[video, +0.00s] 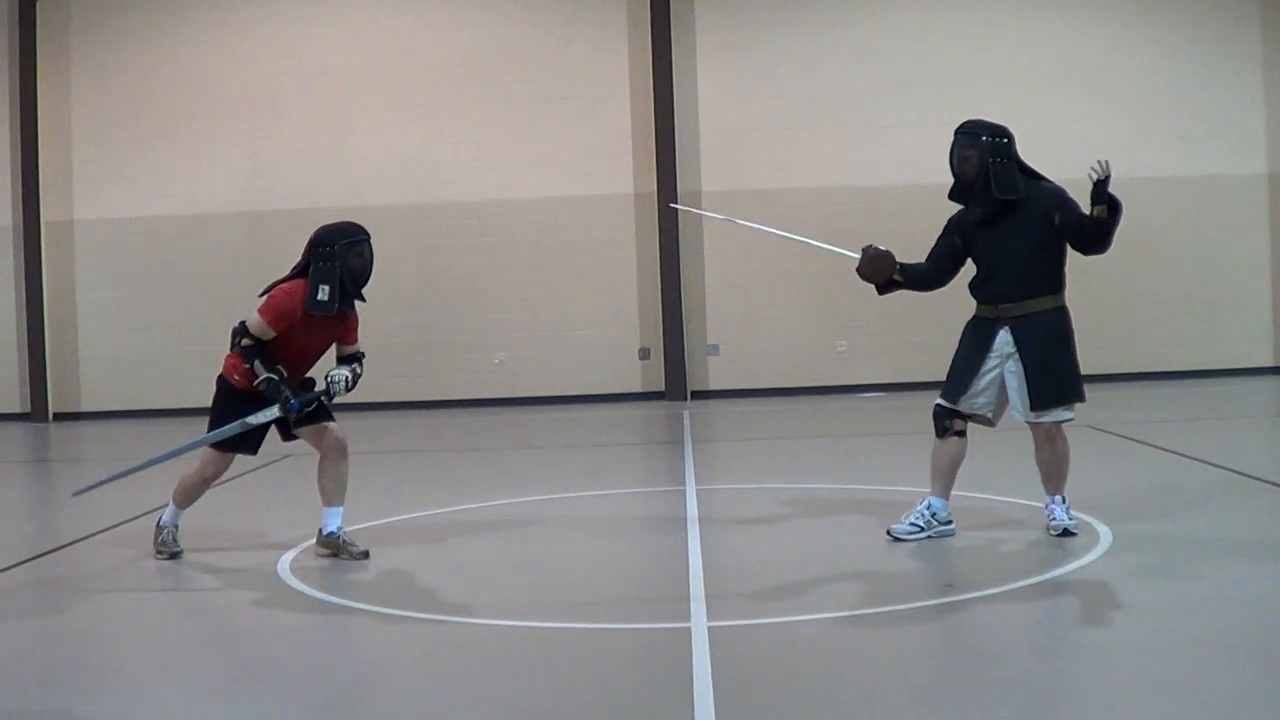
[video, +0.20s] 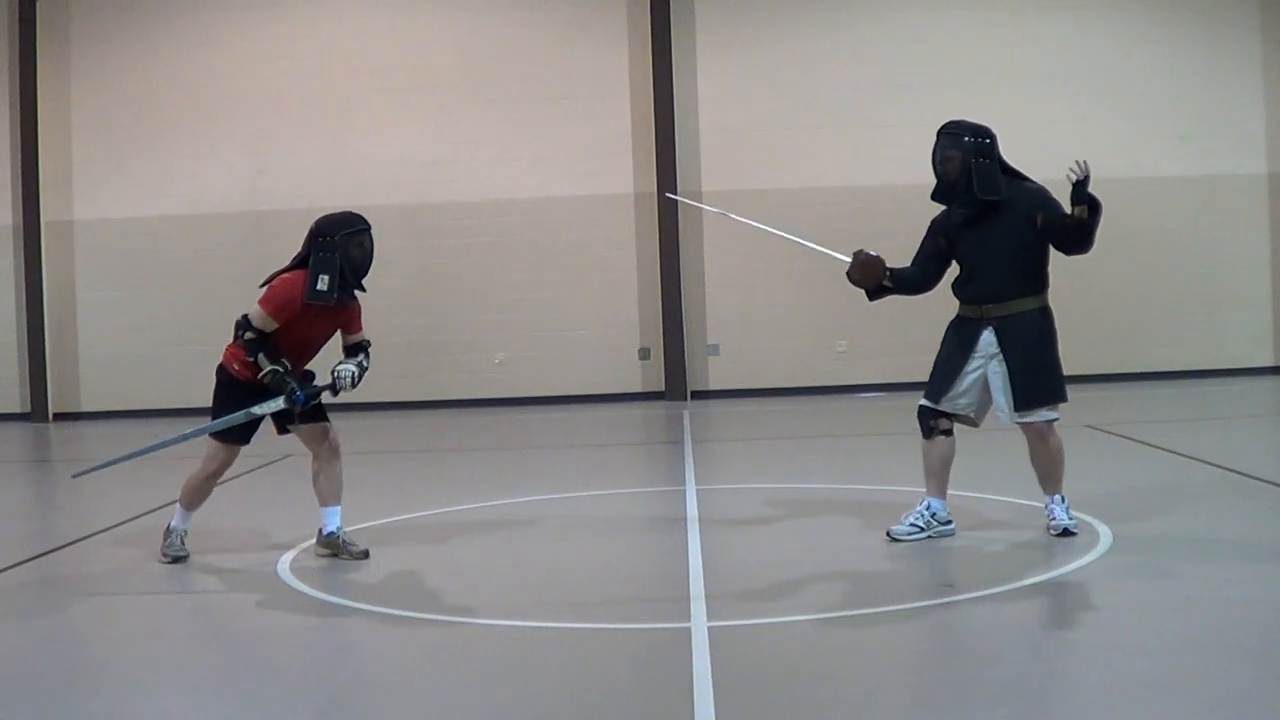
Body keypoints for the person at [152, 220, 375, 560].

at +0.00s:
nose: (364, 264)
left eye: (366, 256)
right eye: (357, 256)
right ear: (331, 258)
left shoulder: (345, 308)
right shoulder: (290, 296)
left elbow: (351, 357)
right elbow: (242, 341)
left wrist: (346, 373)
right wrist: (274, 383)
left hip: (291, 389)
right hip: (243, 387)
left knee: (335, 445)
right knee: (210, 470)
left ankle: (331, 532)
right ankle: (167, 523)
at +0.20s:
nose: (364, 255)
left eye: (366, 246)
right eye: (356, 247)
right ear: (331, 249)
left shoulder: (347, 300)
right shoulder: (291, 287)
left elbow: (357, 347)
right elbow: (246, 332)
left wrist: (353, 364)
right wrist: (273, 372)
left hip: (289, 380)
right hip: (243, 377)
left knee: (327, 446)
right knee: (217, 462)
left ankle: (330, 533)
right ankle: (177, 529)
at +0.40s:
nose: (355, 260)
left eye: (357, 251)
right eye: (347, 251)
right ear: (323, 255)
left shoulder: (339, 305)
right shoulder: (283, 295)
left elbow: (348, 352)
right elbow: (241, 342)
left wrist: (346, 371)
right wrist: (271, 384)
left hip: (287, 386)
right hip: (239, 384)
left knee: (329, 445)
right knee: (215, 468)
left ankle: (331, 533)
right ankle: (175, 532)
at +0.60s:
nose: (364, 253)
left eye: (366, 244)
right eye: (356, 244)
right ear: (331, 247)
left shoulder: (347, 298)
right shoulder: (292, 286)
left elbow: (352, 343)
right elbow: (246, 332)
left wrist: (350, 364)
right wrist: (275, 374)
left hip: (290, 380)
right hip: (243, 377)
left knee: (328, 446)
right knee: (212, 458)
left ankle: (330, 533)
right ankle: (174, 527)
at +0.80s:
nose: (369, 263)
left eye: (370, 255)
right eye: (362, 255)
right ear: (336, 258)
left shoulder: (350, 309)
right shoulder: (296, 297)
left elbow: (358, 357)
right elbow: (252, 345)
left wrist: (357, 374)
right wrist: (282, 388)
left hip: (296, 387)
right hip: (247, 385)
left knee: (338, 445)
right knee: (217, 471)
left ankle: (331, 533)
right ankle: (173, 530)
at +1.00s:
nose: (375, 261)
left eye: (376, 252)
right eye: (367, 252)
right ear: (341, 255)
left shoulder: (355, 307)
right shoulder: (300, 294)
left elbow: (363, 354)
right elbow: (257, 343)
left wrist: (361, 374)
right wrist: (289, 386)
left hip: (300, 386)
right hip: (251, 383)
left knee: (338, 446)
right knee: (219, 463)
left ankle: (330, 533)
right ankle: (174, 529)